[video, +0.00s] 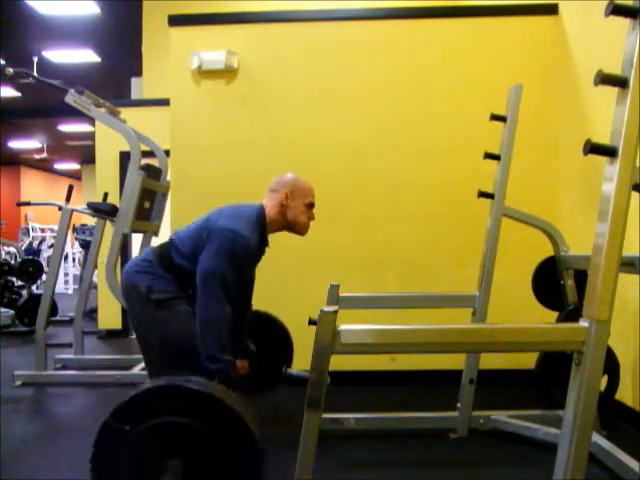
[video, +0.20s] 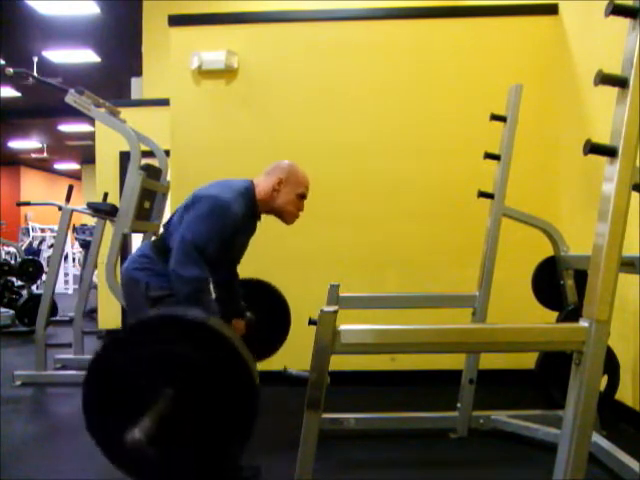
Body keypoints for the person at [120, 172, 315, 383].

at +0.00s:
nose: (313, 216)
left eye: (313, 208)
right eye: (309, 207)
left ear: (285, 201)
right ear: (285, 200)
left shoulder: (251, 234)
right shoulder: (236, 231)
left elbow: (239, 303)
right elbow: (212, 299)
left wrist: (239, 353)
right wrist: (220, 364)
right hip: (149, 283)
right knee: (181, 373)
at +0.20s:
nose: (302, 207)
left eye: (304, 200)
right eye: (300, 197)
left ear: (277, 186)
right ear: (277, 186)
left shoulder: (246, 212)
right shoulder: (223, 203)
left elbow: (224, 269)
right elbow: (185, 266)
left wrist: (235, 315)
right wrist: (206, 324)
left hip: (175, 282)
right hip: (148, 281)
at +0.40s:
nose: (305, 198)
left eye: (308, 190)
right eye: (305, 187)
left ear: (282, 174)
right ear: (283, 173)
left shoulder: (247, 197)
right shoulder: (227, 189)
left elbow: (220, 251)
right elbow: (167, 227)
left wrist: (232, 279)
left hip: (197, 300)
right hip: (177, 299)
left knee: (205, 378)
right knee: (191, 379)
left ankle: (206, 456)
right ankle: (195, 461)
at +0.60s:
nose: (319, 206)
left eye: (321, 198)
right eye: (317, 195)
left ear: (294, 184)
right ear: (294, 183)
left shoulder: (255, 209)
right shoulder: (239, 197)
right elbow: (167, 212)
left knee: (214, 364)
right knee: (190, 373)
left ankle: (210, 456)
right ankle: (196, 463)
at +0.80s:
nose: (308, 202)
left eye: (310, 194)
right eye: (306, 192)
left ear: (280, 181)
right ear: (282, 181)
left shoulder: (247, 208)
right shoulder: (232, 202)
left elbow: (218, 264)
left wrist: (230, 301)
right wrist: (226, 305)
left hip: (174, 280)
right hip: (156, 279)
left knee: (211, 355)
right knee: (205, 356)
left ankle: (200, 453)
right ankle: (202, 454)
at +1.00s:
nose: (310, 209)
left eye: (311, 201)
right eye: (307, 199)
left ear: (282, 191)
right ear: (282, 191)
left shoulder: (247, 224)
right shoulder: (228, 219)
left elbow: (231, 292)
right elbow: (198, 296)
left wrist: (233, 339)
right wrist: (213, 354)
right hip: (148, 285)